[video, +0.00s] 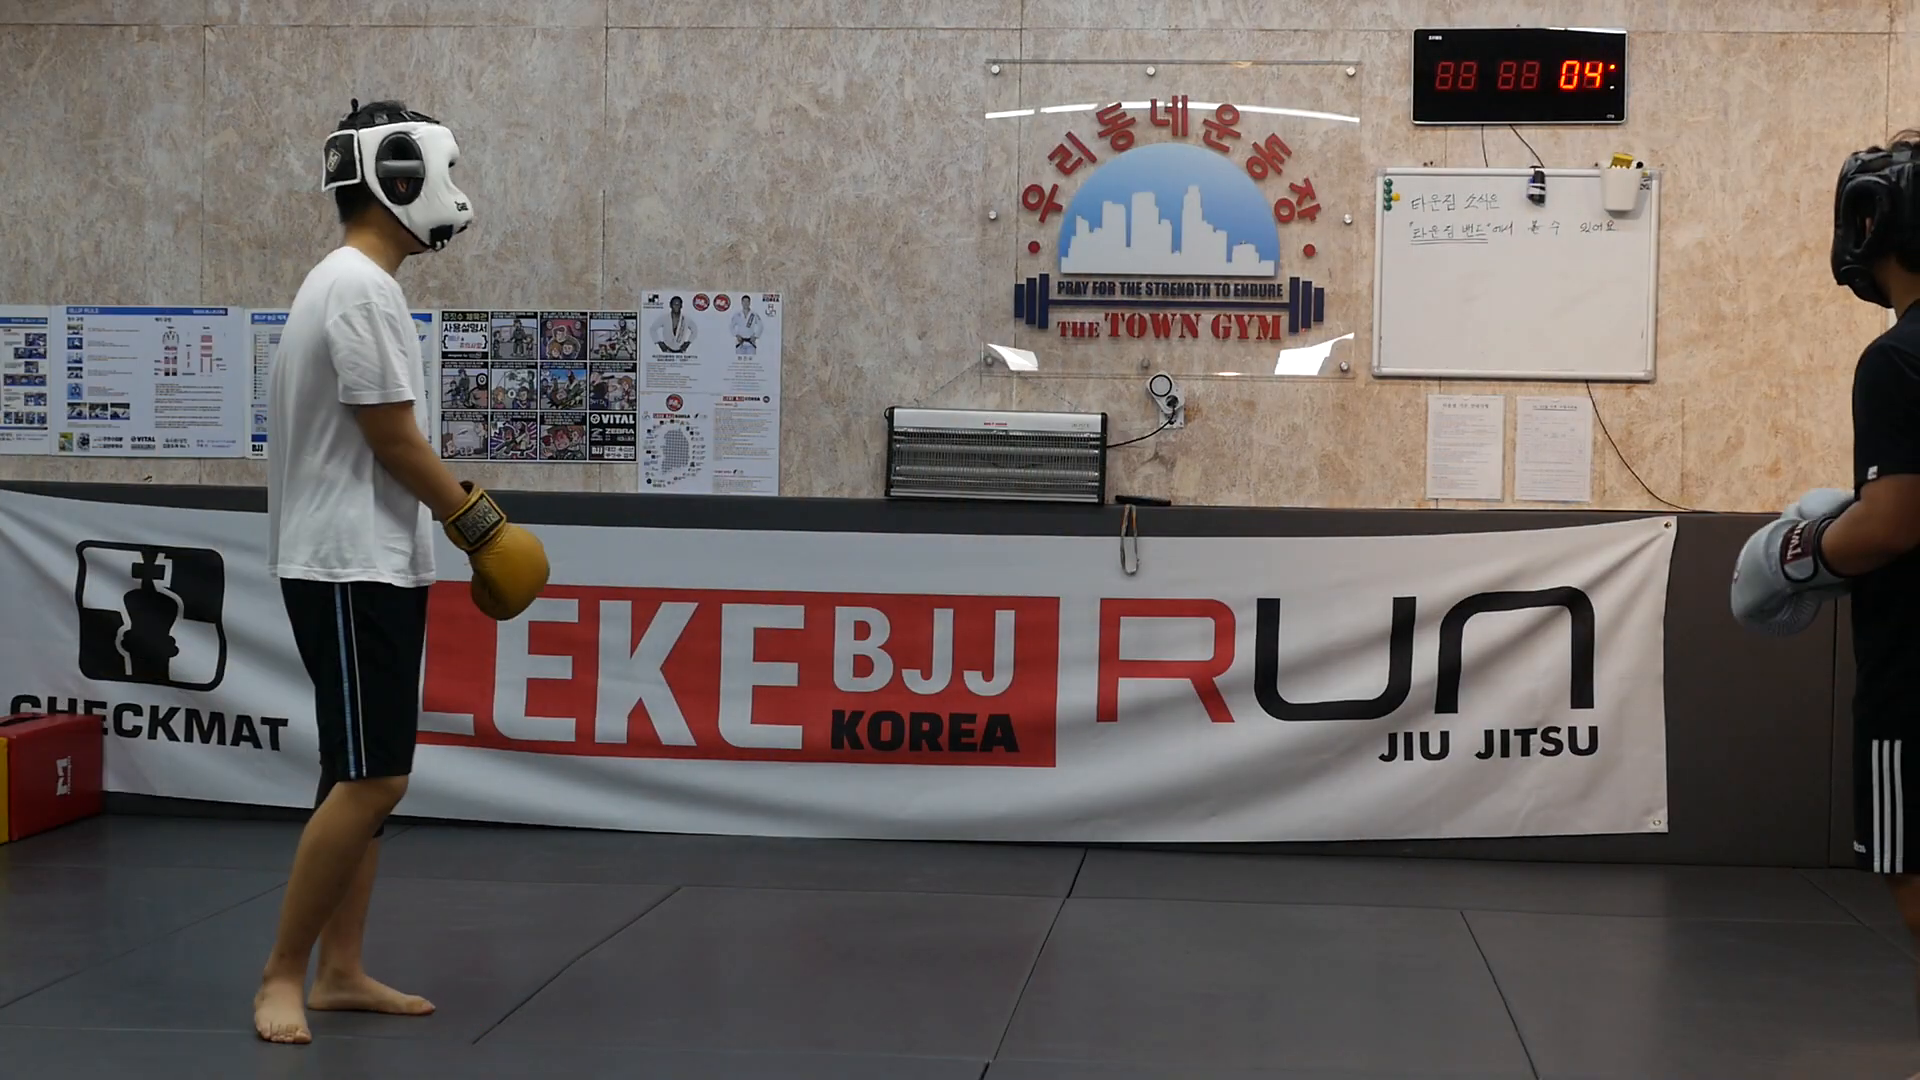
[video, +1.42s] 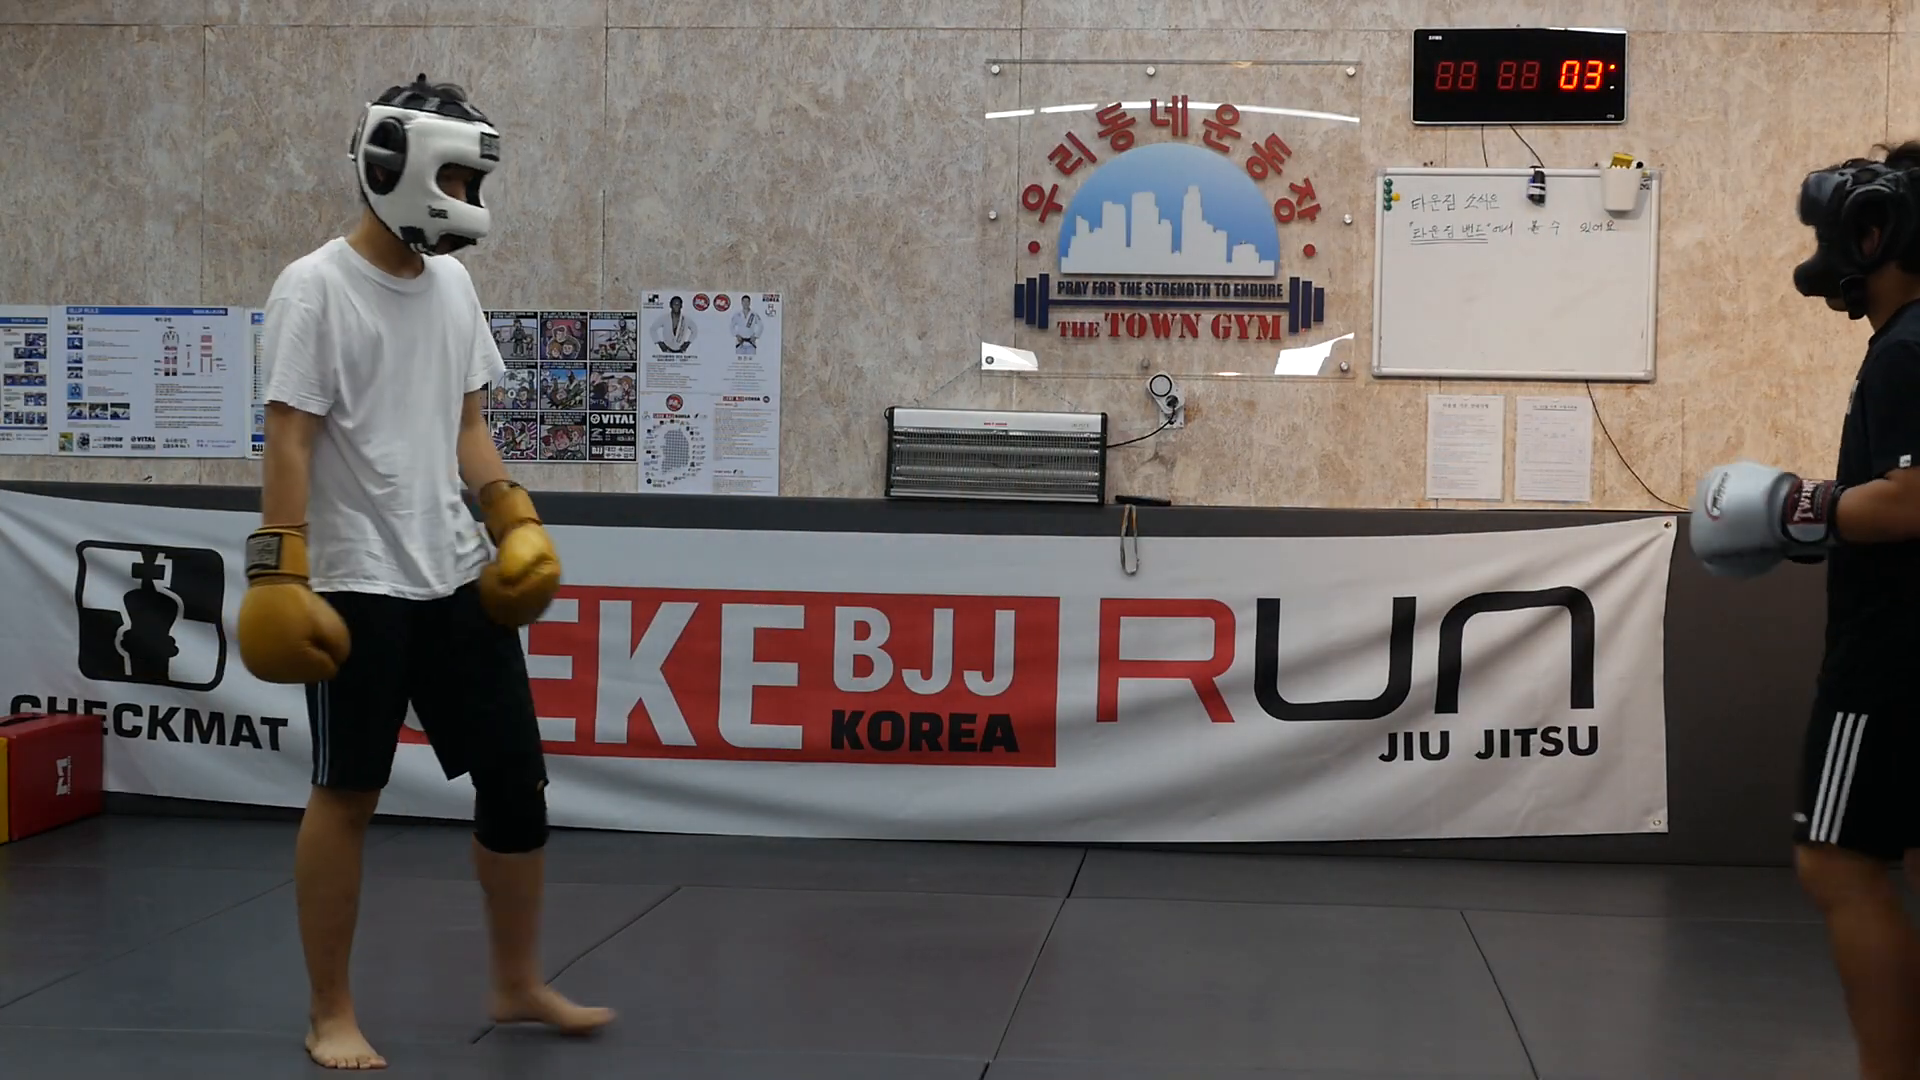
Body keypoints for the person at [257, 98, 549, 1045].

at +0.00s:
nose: (453, 195)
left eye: (448, 176)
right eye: (443, 177)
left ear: (362, 185)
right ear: (410, 184)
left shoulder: (348, 285)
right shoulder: (358, 290)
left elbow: (382, 444)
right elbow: (393, 439)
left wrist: (468, 524)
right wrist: (479, 523)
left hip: (363, 562)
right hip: (350, 565)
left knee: (371, 778)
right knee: (370, 780)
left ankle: (341, 971)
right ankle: (282, 980)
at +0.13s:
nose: (467, 192)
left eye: (462, 172)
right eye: (456, 174)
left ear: (375, 185)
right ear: (418, 183)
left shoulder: (363, 285)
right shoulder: (368, 289)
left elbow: (400, 450)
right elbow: (403, 447)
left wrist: (474, 538)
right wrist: (482, 534)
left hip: (369, 556)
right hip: (348, 557)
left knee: (376, 768)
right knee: (374, 769)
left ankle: (340, 971)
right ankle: (259, 966)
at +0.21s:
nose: (470, 191)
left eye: (465, 173)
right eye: (458, 175)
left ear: (384, 186)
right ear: (415, 184)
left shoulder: (358, 284)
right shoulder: (377, 289)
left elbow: (314, 441)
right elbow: (401, 445)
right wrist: (469, 551)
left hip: (362, 557)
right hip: (354, 560)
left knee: (374, 766)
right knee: (367, 769)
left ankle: (340, 970)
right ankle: (260, 969)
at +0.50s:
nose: (483, 193)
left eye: (481, 175)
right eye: (468, 176)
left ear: (413, 187)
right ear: (417, 185)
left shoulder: (412, 299)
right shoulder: (350, 291)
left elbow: (397, 446)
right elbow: (344, 433)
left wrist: (420, 570)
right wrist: (365, 561)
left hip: (400, 568)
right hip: (344, 570)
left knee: (374, 778)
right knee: (342, 779)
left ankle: (351, 969)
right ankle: (329, 993)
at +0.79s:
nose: (454, 181)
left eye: (458, 165)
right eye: (435, 166)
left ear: (458, 173)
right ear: (377, 171)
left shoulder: (445, 291)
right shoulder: (315, 291)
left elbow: (477, 420)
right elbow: (285, 437)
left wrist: (540, 522)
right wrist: (274, 569)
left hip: (428, 582)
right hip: (345, 581)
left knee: (385, 787)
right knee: (335, 789)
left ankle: (351, 970)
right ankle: (326, 1011)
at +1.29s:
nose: (447, 189)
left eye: (455, 171)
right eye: (428, 171)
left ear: (459, 175)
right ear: (371, 171)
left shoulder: (448, 283)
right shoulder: (300, 290)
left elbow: (462, 418)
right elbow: (273, 441)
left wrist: (489, 518)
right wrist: (261, 579)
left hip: (443, 582)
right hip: (342, 585)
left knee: (507, 770)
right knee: (341, 792)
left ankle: (420, 944)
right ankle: (331, 1014)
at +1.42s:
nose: (467, 188)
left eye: (474, 171)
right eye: (450, 168)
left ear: (476, 176)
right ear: (390, 169)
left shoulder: (452, 281)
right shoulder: (313, 287)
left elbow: (470, 426)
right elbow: (288, 435)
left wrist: (520, 524)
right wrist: (282, 572)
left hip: (460, 580)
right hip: (355, 588)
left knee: (516, 786)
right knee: (345, 796)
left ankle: (519, 986)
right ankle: (332, 1017)